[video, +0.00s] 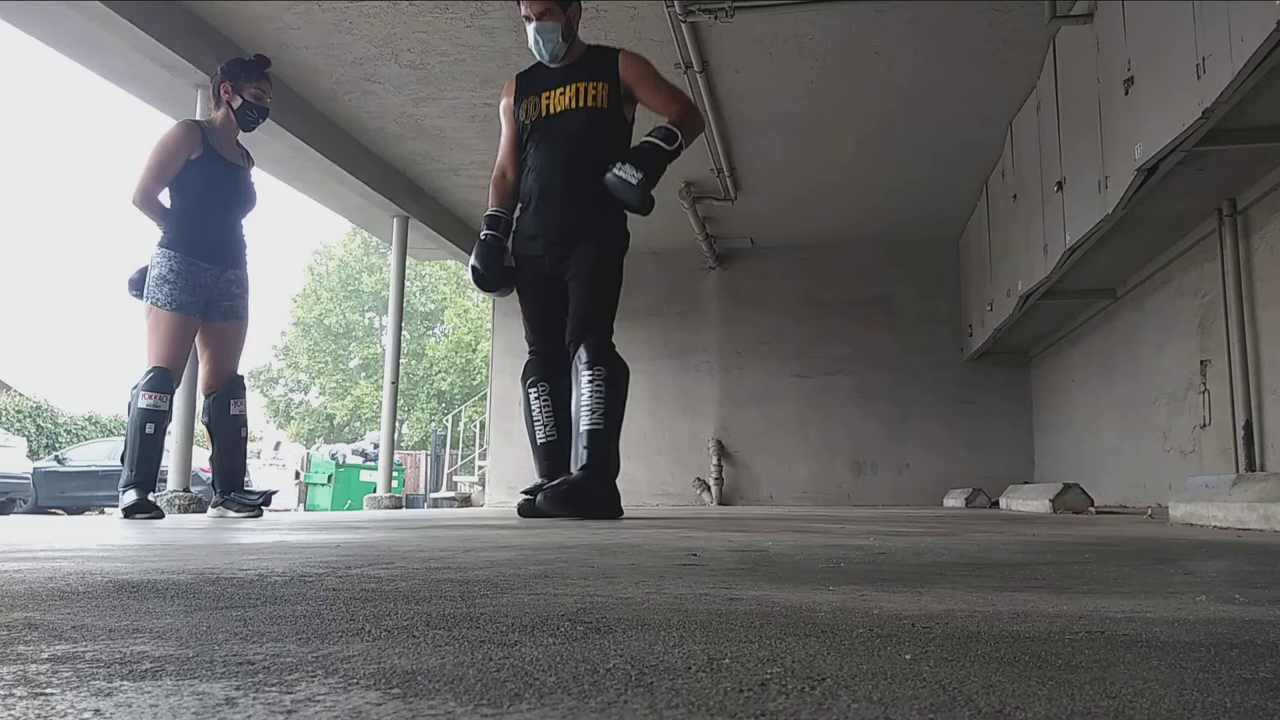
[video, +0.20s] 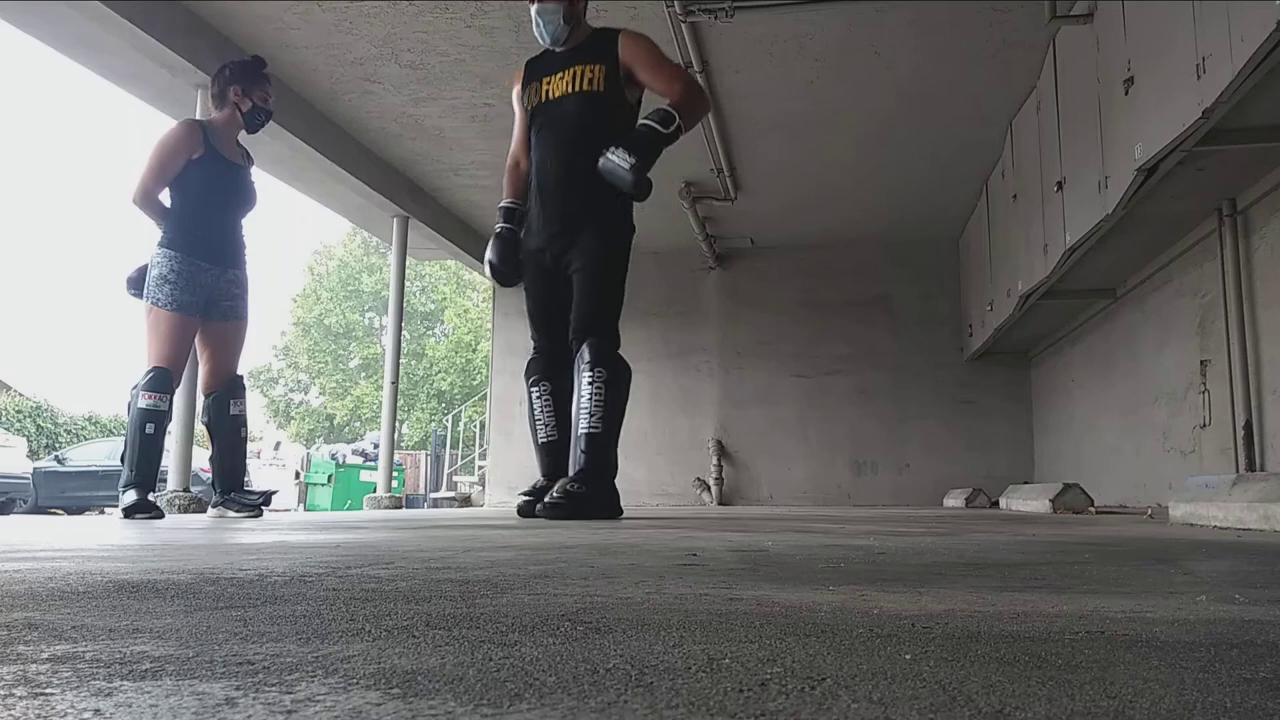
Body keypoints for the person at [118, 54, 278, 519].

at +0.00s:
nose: (261, 108)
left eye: (266, 101)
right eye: (255, 97)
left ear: (262, 103)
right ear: (226, 91)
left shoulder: (244, 157)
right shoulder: (188, 132)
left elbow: (227, 217)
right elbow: (143, 195)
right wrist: (178, 230)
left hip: (230, 272)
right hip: (181, 263)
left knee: (223, 382)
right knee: (162, 375)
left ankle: (228, 489)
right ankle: (138, 489)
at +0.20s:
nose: (265, 109)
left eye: (268, 102)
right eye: (261, 99)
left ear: (243, 98)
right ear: (235, 92)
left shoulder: (244, 156)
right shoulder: (190, 131)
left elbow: (225, 217)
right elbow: (143, 194)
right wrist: (176, 228)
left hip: (230, 272)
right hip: (181, 262)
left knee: (223, 381)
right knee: (162, 375)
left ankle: (228, 489)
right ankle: (138, 489)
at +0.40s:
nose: (270, 111)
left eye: (271, 103)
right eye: (267, 101)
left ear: (238, 99)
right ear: (242, 96)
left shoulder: (242, 154)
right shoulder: (192, 130)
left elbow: (226, 216)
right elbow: (145, 193)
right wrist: (176, 227)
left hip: (230, 271)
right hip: (182, 262)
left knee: (222, 381)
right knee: (162, 375)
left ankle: (228, 488)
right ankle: (137, 489)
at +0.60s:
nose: (270, 110)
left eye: (272, 103)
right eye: (267, 100)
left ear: (240, 99)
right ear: (243, 96)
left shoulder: (241, 154)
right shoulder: (193, 131)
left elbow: (226, 215)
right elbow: (146, 194)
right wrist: (178, 227)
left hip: (232, 271)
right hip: (184, 262)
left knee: (223, 382)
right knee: (164, 375)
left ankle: (228, 488)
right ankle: (137, 489)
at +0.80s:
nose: (271, 111)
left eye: (272, 103)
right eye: (268, 101)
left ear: (242, 99)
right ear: (245, 96)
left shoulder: (242, 154)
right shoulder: (194, 131)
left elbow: (229, 216)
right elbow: (148, 194)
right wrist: (179, 228)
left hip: (233, 271)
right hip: (185, 262)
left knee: (223, 382)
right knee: (164, 375)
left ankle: (228, 489)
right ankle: (138, 489)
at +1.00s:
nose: (272, 112)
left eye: (273, 104)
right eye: (269, 102)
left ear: (242, 100)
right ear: (246, 97)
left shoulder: (243, 155)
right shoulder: (196, 132)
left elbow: (229, 215)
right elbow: (149, 195)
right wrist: (179, 227)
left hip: (234, 271)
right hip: (186, 262)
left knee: (224, 381)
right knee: (165, 374)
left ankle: (228, 488)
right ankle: (138, 489)